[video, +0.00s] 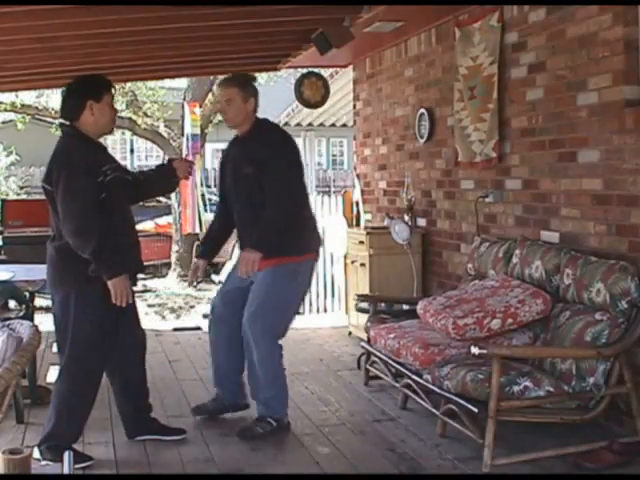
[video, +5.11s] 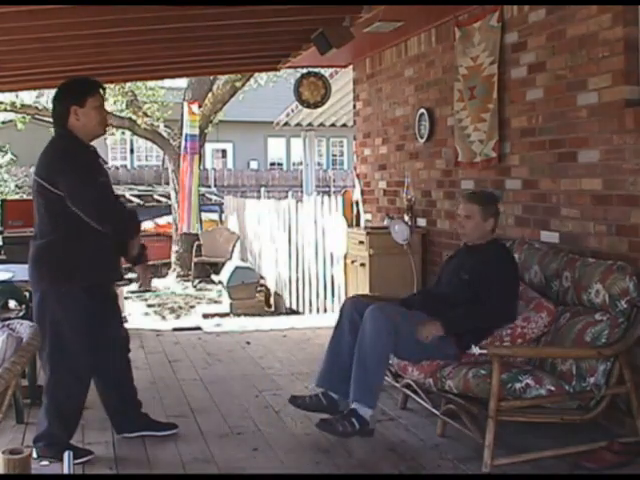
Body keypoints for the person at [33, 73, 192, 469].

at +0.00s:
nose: (116, 111)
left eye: (115, 103)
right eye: (111, 103)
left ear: (88, 109)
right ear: (90, 108)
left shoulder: (93, 151)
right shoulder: (73, 154)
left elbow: (127, 189)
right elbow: (78, 223)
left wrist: (171, 172)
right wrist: (112, 269)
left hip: (108, 276)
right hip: (81, 279)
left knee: (128, 349)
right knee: (81, 363)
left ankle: (139, 423)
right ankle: (54, 445)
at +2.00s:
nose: (106, 113)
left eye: (104, 106)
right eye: (99, 106)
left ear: (79, 113)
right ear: (76, 113)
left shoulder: (89, 159)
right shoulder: (58, 162)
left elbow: (119, 204)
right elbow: (82, 225)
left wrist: (169, 207)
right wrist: (140, 235)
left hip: (99, 280)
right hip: (66, 285)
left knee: (120, 352)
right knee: (78, 365)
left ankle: (137, 424)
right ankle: (57, 444)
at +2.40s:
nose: (101, 113)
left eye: (99, 106)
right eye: (93, 106)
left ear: (76, 113)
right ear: (69, 113)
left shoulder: (96, 161)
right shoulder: (42, 167)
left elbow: (127, 200)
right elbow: (50, 232)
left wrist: (179, 194)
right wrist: (101, 263)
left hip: (99, 272)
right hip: (59, 276)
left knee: (121, 346)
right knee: (73, 358)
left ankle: (131, 422)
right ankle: (57, 442)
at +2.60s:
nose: (107, 115)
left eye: (106, 108)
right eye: (100, 109)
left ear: (85, 113)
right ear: (74, 113)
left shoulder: (103, 160)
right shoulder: (44, 164)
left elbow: (133, 199)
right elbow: (37, 229)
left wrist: (160, 180)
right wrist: (58, 271)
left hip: (100, 276)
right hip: (57, 279)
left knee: (120, 346)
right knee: (69, 360)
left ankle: (131, 418)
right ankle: (57, 443)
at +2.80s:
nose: (118, 117)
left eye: (117, 110)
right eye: (112, 110)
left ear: (95, 114)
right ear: (87, 113)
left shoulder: (116, 162)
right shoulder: (56, 162)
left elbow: (153, 206)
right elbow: (41, 225)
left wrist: (139, 203)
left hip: (106, 277)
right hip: (63, 280)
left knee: (124, 347)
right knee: (67, 361)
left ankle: (130, 419)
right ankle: (56, 442)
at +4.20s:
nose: (113, 114)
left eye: (111, 106)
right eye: (107, 106)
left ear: (84, 111)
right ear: (83, 110)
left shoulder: (94, 155)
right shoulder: (66, 155)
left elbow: (122, 207)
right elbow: (94, 212)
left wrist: (166, 231)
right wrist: (149, 184)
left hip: (105, 276)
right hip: (75, 279)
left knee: (123, 348)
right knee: (75, 362)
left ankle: (132, 420)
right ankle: (53, 441)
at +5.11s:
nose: (106, 114)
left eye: (104, 106)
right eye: (99, 107)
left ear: (78, 114)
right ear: (74, 113)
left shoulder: (86, 156)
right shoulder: (62, 156)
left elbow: (108, 207)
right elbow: (99, 212)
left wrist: (129, 246)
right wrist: (132, 219)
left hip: (91, 274)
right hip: (62, 278)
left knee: (111, 349)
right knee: (70, 361)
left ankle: (129, 420)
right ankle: (51, 443)